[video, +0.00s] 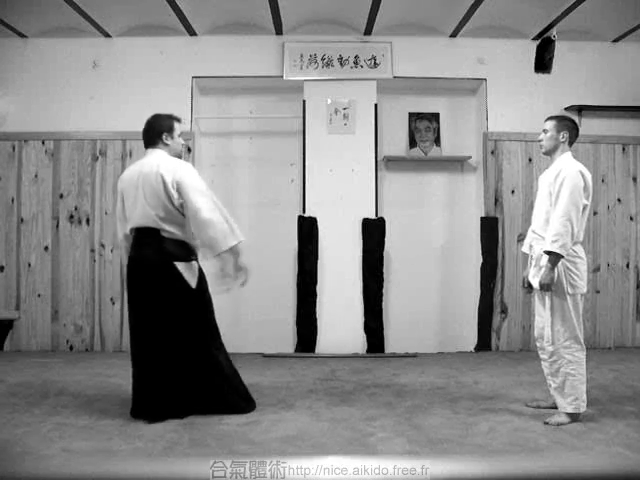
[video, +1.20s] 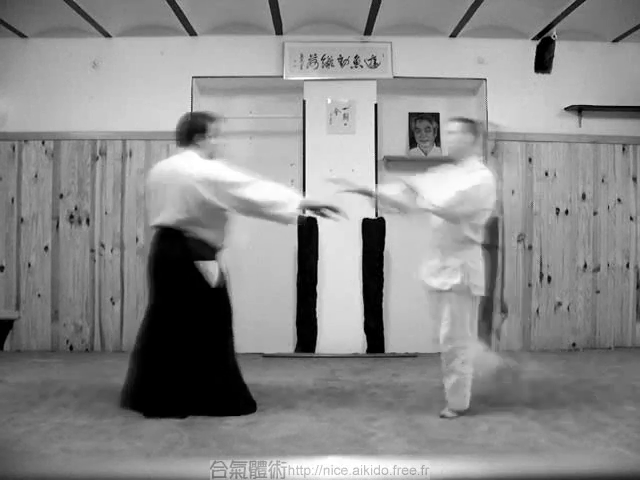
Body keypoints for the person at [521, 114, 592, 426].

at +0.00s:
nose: (539, 137)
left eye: (545, 132)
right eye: (541, 132)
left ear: (564, 137)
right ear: (559, 137)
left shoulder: (572, 173)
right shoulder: (552, 172)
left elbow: (564, 222)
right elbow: (542, 220)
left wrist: (551, 264)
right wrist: (532, 261)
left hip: (563, 263)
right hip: (544, 260)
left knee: (565, 336)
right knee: (545, 335)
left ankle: (572, 407)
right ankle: (557, 395)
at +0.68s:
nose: (520, 141)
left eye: (526, 136)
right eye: (521, 136)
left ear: (544, 142)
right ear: (533, 143)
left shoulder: (553, 176)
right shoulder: (525, 178)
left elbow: (544, 221)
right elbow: (513, 220)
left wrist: (524, 255)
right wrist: (502, 255)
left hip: (541, 260)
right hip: (523, 258)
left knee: (517, 327)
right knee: (541, 326)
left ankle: (547, 391)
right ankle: (557, 393)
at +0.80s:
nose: (509, 143)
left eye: (515, 138)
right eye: (509, 138)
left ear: (533, 143)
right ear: (520, 144)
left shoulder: (542, 179)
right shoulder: (512, 179)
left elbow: (532, 229)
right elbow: (500, 222)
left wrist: (505, 250)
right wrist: (483, 252)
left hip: (531, 260)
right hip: (512, 259)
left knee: (502, 324)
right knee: (537, 324)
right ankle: (559, 391)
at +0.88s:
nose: (500, 145)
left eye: (507, 139)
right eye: (500, 140)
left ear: (526, 145)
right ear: (507, 146)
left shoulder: (536, 182)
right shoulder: (503, 182)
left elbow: (520, 230)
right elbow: (488, 226)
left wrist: (489, 241)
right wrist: (460, 249)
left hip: (524, 263)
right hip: (505, 262)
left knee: (493, 327)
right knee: (533, 327)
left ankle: (473, 397)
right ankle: (559, 391)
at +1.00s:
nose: (485, 144)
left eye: (493, 139)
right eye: (485, 139)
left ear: (511, 145)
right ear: (486, 144)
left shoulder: (517, 183)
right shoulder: (484, 179)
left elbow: (497, 226)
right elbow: (458, 211)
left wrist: (453, 232)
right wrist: (425, 222)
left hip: (502, 262)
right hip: (487, 259)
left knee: (473, 329)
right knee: (515, 322)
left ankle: (460, 400)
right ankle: (554, 388)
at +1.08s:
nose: (474, 142)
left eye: (482, 137)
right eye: (474, 136)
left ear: (498, 143)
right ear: (473, 141)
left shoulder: (506, 182)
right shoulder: (467, 178)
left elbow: (481, 221)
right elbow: (436, 207)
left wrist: (447, 218)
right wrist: (399, 211)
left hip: (488, 264)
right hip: (466, 263)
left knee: (464, 333)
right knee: (500, 325)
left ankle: (457, 400)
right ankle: (544, 380)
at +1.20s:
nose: (447, 139)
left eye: (454, 133)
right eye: (446, 133)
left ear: (473, 139)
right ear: (445, 138)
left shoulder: (481, 178)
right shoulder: (443, 173)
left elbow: (452, 209)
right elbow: (407, 194)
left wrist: (418, 200)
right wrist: (364, 190)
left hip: (463, 265)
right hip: (439, 263)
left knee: (456, 337)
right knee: (447, 336)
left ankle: (457, 403)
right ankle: (500, 367)